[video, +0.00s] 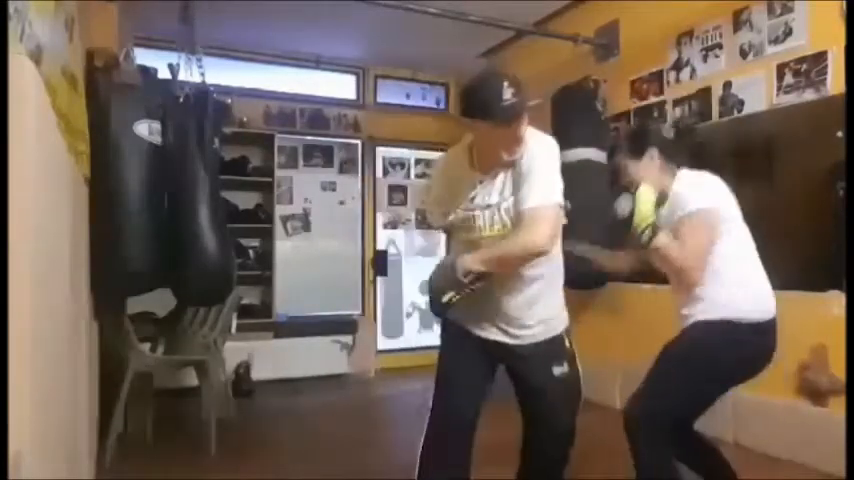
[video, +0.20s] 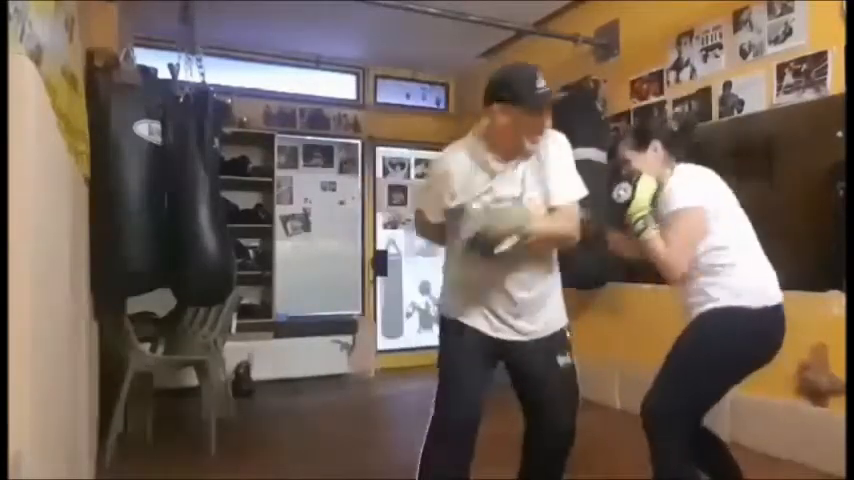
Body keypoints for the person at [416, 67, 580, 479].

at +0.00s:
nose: (518, 131)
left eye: (521, 119)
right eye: (506, 124)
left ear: (526, 113)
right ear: (475, 125)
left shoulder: (540, 151)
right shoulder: (450, 167)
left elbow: (539, 236)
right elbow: (448, 236)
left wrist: (472, 261)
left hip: (538, 328)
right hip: (468, 326)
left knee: (551, 443)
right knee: (448, 435)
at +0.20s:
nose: (544, 125)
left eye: (546, 113)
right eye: (533, 115)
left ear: (549, 112)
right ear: (499, 114)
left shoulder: (552, 147)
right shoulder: (452, 164)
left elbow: (569, 229)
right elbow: (427, 224)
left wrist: (518, 229)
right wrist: (472, 232)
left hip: (540, 319)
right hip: (470, 318)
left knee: (555, 428)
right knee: (455, 423)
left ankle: (538, 479)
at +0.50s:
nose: (560, 120)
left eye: (561, 113)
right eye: (557, 110)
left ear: (525, 101)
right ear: (534, 99)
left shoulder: (521, 139)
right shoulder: (502, 125)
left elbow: (558, 174)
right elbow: (572, 143)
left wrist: (591, 155)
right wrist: (637, 170)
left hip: (509, 307)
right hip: (472, 304)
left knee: (533, 407)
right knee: (445, 428)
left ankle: (529, 477)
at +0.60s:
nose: (557, 119)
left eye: (558, 112)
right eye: (552, 109)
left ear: (524, 103)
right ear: (528, 100)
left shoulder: (529, 148)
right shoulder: (502, 126)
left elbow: (582, 160)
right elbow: (614, 140)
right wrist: (681, 147)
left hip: (502, 301)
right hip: (469, 295)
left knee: (525, 411)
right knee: (435, 426)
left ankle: (527, 477)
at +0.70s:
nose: (546, 119)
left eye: (547, 113)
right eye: (543, 111)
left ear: (513, 103)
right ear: (522, 101)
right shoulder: (504, 126)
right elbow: (594, 162)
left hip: (500, 305)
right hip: (472, 301)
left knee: (525, 420)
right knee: (436, 423)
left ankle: (525, 477)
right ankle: (381, 475)